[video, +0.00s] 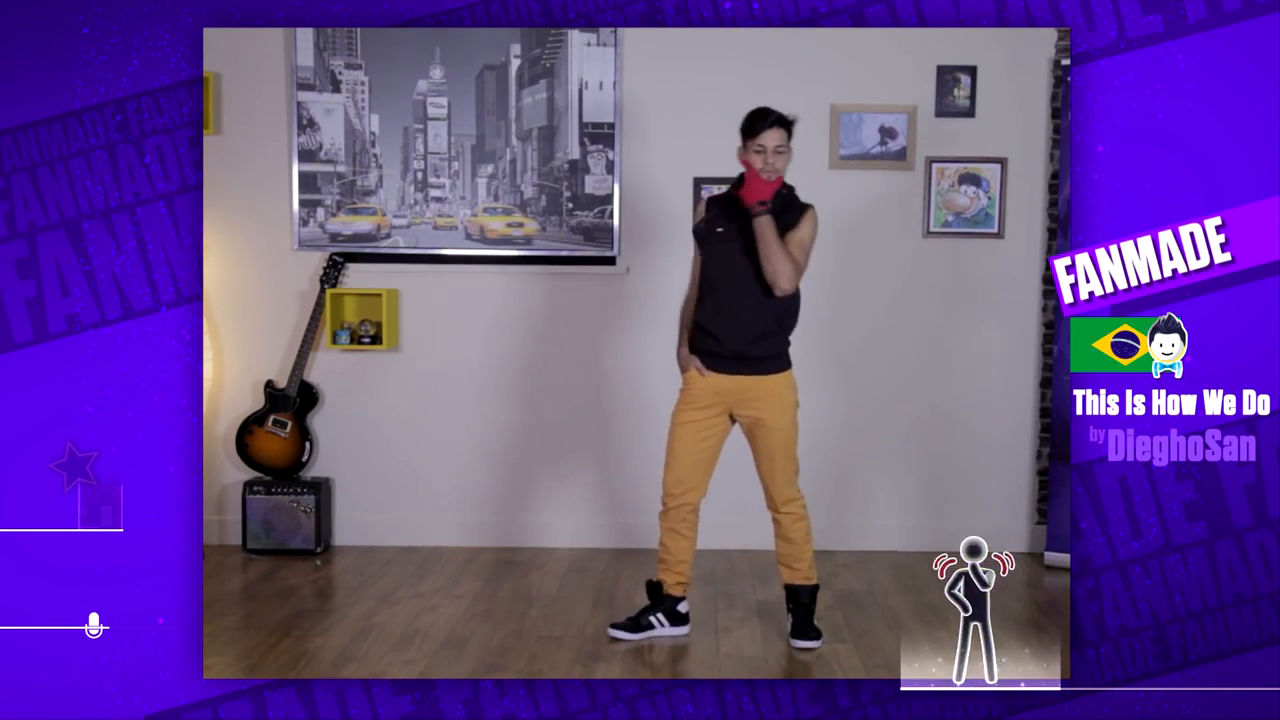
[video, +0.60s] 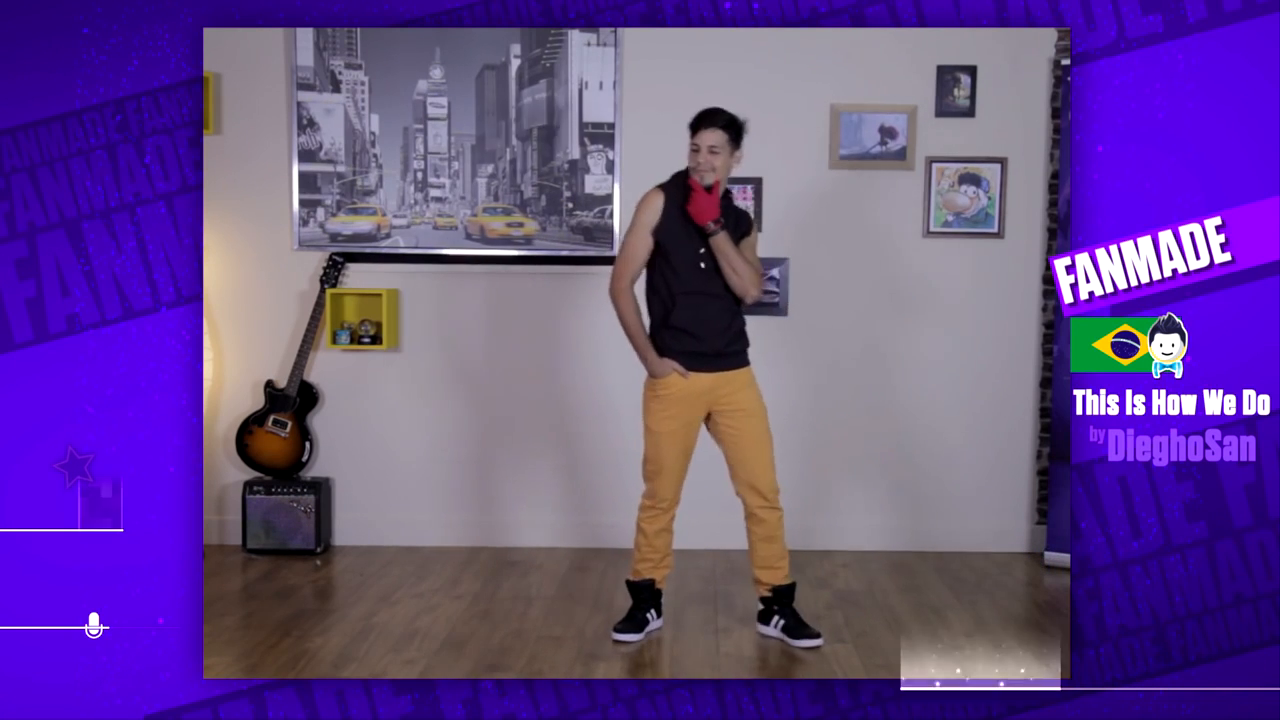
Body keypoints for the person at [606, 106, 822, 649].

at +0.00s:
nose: (769, 161)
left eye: (779, 152)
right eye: (760, 151)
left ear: (790, 157)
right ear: (741, 152)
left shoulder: (799, 215)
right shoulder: (712, 210)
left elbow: (784, 281)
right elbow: (696, 287)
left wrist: (760, 212)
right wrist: (684, 347)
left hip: (767, 384)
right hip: (704, 379)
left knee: (784, 498)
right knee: (678, 497)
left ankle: (801, 606)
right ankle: (670, 605)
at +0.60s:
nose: (703, 159)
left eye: (714, 151)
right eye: (697, 150)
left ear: (734, 158)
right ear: (688, 153)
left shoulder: (741, 221)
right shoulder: (661, 203)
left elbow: (750, 290)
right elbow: (620, 285)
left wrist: (714, 228)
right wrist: (651, 359)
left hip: (734, 378)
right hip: (673, 379)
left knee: (763, 493)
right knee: (659, 496)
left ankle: (776, 605)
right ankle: (645, 602)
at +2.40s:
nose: (668, 166)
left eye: (675, 153)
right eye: (658, 160)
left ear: (697, 151)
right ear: (653, 166)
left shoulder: (739, 208)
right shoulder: (656, 226)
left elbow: (735, 285)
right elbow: (637, 303)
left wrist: (684, 231)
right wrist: (638, 352)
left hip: (731, 379)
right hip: (668, 376)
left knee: (757, 495)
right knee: (654, 495)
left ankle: (782, 604)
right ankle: (644, 601)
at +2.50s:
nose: (675, 163)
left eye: (683, 151)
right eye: (666, 158)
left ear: (708, 148)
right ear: (662, 164)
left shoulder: (749, 203)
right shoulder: (674, 221)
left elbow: (731, 276)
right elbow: (666, 294)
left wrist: (687, 217)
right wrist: (653, 343)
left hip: (738, 380)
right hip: (677, 377)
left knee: (765, 499)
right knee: (658, 496)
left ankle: (793, 606)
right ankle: (650, 602)